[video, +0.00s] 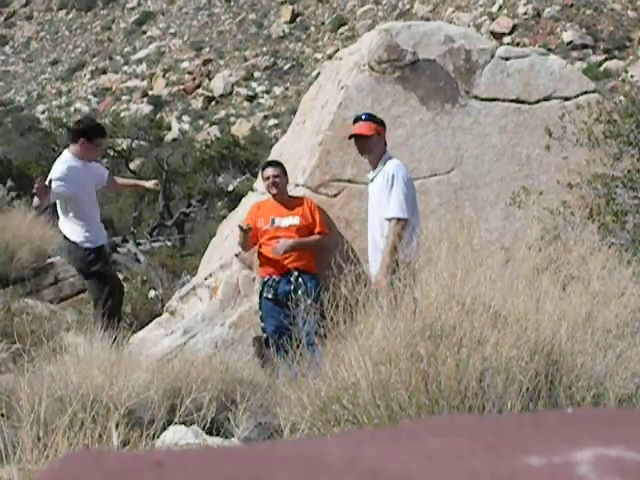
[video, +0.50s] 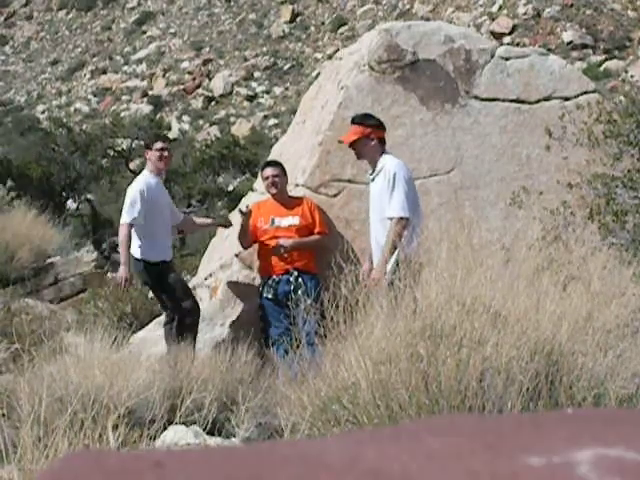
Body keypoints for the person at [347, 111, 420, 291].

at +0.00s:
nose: (359, 145)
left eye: (364, 138)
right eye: (356, 139)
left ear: (381, 136)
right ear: (354, 142)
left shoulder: (396, 170)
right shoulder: (374, 176)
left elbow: (398, 222)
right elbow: (380, 225)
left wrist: (385, 272)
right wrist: (375, 271)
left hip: (396, 272)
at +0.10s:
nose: (359, 145)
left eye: (364, 138)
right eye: (356, 139)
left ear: (381, 136)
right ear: (354, 142)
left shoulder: (396, 170)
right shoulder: (374, 177)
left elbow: (399, 222)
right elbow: (379, 225)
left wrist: (385, 273)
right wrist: (374, 272)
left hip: (396, 272)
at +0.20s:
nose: (359, 145)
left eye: (364, 138)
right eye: (356, 139)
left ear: (381, 135)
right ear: (354, 142)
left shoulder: (395, 170)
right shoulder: (375, 176)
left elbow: (398, 222)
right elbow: (379, 226)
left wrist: (385, 274)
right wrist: (375, 274)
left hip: (395, 274)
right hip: (379, 274)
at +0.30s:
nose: (357, 146)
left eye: (362, 139)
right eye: (355, 140)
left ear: (380, 136)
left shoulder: (395, 170)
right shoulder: (374, 175)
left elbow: (399, 221)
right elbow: (378, 225)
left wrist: (385, 272)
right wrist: (373, 271)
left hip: (396, 273)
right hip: (379, 272)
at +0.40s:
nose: (353, 146)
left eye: (358, 140)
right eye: (353, 141)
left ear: (376, 139)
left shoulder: (394, 170)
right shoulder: (374, 174)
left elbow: (400, 221)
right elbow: (378, 223)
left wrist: (384, 267)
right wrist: (370, 264)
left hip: (398, 269)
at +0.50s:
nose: (352, 147)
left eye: (356, 142)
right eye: (352, 143)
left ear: (373, 140)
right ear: (371, 141)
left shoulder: (395, 169)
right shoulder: (376, 173)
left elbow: (400, 220)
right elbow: (380, 222)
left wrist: (382, 266)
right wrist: (371, 260)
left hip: (400, 265)